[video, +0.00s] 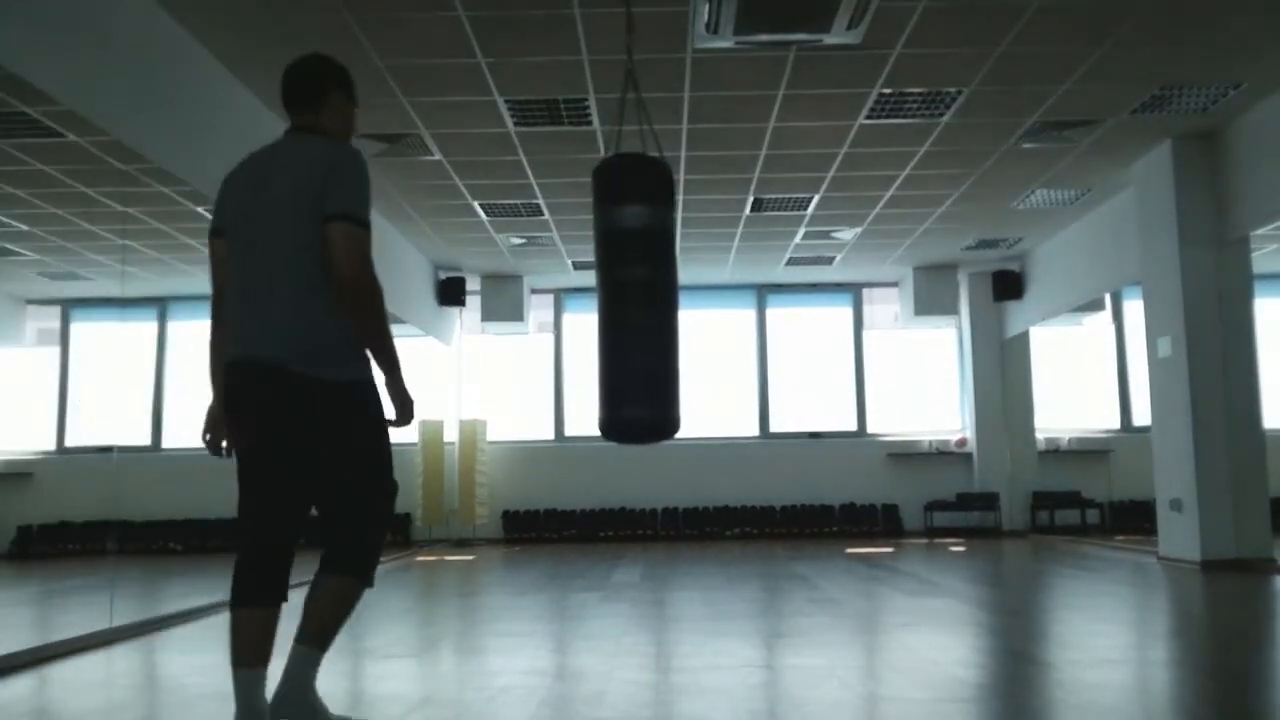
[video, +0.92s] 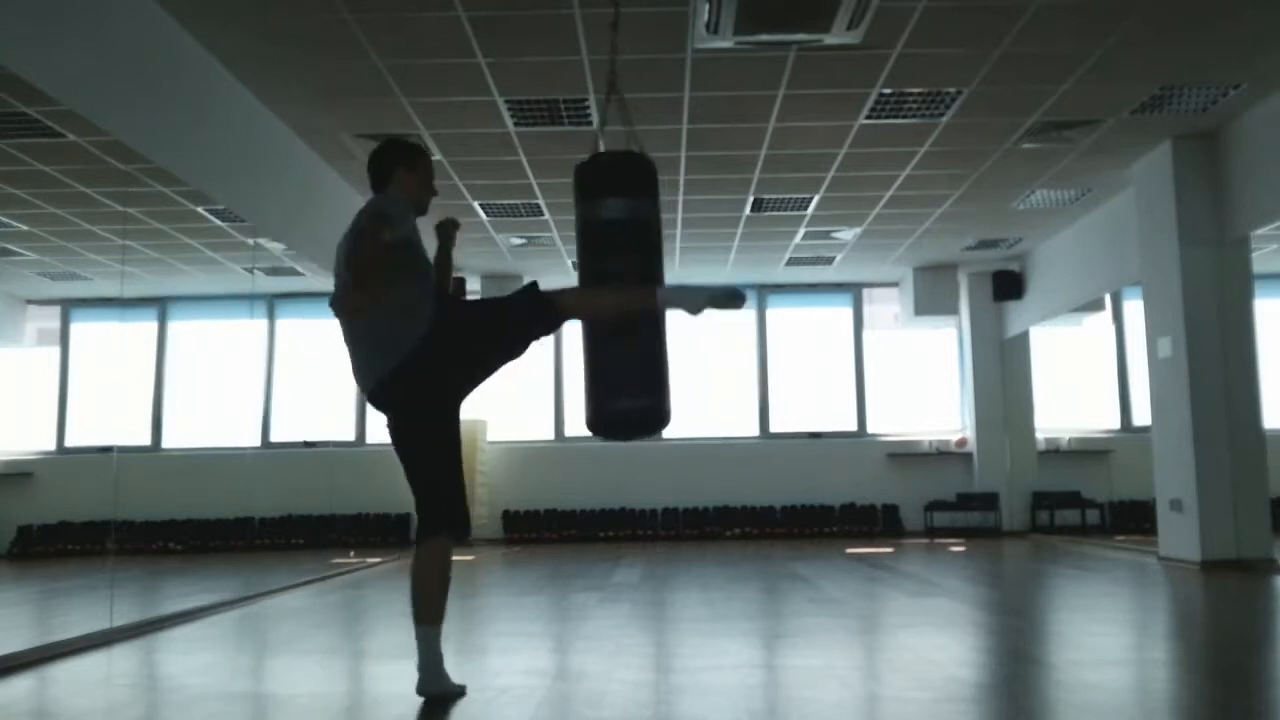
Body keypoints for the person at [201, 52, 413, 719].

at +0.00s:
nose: (354, 118)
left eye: (352, 106)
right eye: (350, 106)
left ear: (289, 106)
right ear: (334, 104)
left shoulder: (239, 177)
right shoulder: (341, 163)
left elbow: (223, 300)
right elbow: (354, 275)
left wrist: (222, 395)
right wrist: (393, 375)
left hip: (253, 386)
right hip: (330, 384)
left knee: (264, 537)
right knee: (363, 522)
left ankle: (248, 706)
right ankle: (296, 685)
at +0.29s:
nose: (388, 148)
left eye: (387, 136)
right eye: (386, 136)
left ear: (329, 137)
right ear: (371, 134)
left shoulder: (299, 196)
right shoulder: (364, 188)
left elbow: (295, 299)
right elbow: (353, 279)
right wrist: (381, 380)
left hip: (295, 393)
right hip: (356, 394)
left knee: (292, 543)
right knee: (392, 532)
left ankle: (258, 697)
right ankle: (384, 672)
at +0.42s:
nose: (404, 149)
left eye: (402, 137)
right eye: (399, 137)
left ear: (346, 141)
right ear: (380, 138)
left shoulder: (317, 201)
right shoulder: (377, 191)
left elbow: (311, 302)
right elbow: (364, 285)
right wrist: (390, 387)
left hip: (324, 397)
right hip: (377, 399)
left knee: (348, 521)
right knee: (401, 535)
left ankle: (283, 608)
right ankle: (385, 679)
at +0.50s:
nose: (407, 150)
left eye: (405, 139)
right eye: (404, 139)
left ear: (349, 142)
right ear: (389, 139)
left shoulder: (321, 202)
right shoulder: (390, 192)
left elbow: (288, 297)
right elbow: (395, 287)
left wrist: (293, 363)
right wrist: (420, 382)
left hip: (340, 389)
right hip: (384, 387)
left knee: (458, 429)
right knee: (410, 524)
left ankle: (340, 500)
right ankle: (386, 673)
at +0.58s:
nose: (409, 152)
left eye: (407, 141)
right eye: (404, 141)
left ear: (352, 145)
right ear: (385, 141)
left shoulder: (318, 206)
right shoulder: (397, 193)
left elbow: (265, 288)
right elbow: (420, 284)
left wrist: (231, 361)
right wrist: (448, 378)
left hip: (345, 389)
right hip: (396, 384)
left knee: (493, 368)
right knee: (410, 519)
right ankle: (388, 667)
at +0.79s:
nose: (411, 160)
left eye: (410, 149)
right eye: (407, 149)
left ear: (353, 151)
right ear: (389, 147)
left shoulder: (309, 210)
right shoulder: (402, 202)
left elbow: (231, 268)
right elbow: (448, 297)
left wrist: (153, 320)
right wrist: (489, 363)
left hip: (359, 382)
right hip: (394, 380)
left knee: (502, 328)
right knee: (395, 536)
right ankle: (385, 683)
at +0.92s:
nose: (432, 187)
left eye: (431, 176)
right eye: (425, 175)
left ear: (387, 178)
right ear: (402, 175)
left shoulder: (386, 235)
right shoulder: (382, 217)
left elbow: (435, 307)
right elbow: (349, 302)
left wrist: (443, 250)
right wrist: (404, 280)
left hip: (407, 396)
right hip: (435, 354)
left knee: (436, 527)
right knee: (553, 305)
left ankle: (430, 671)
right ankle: (683, 296)